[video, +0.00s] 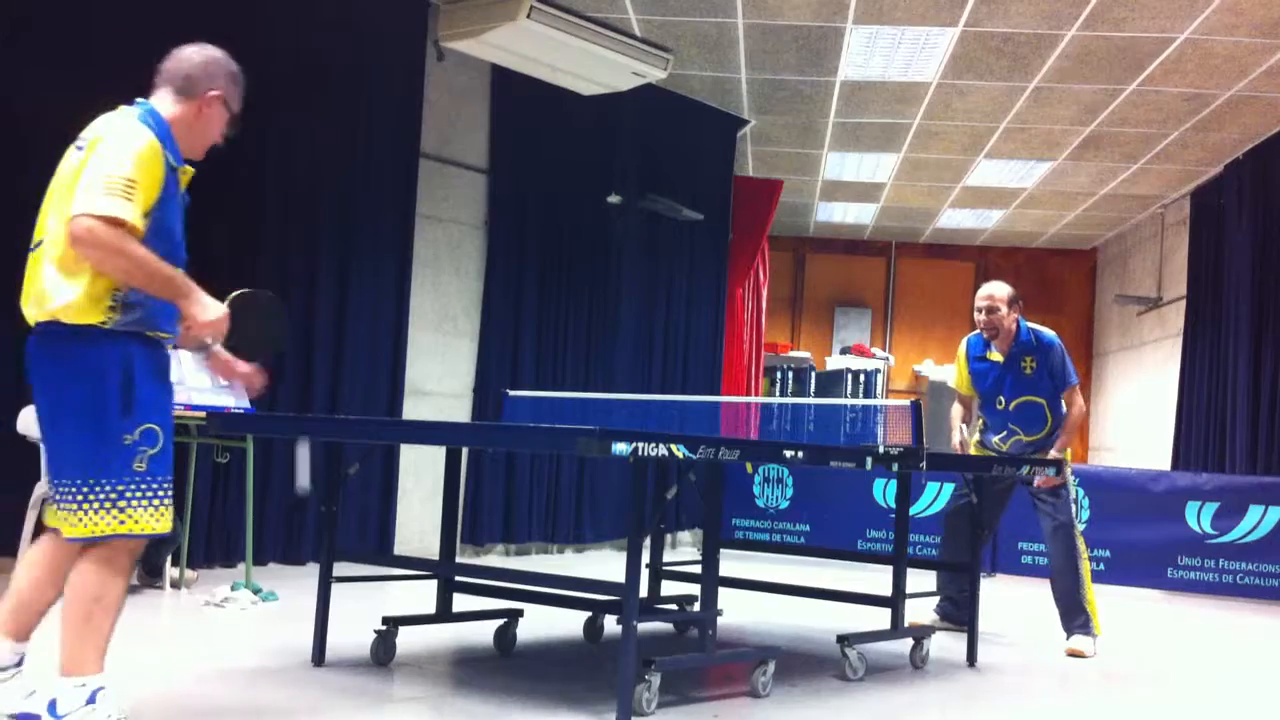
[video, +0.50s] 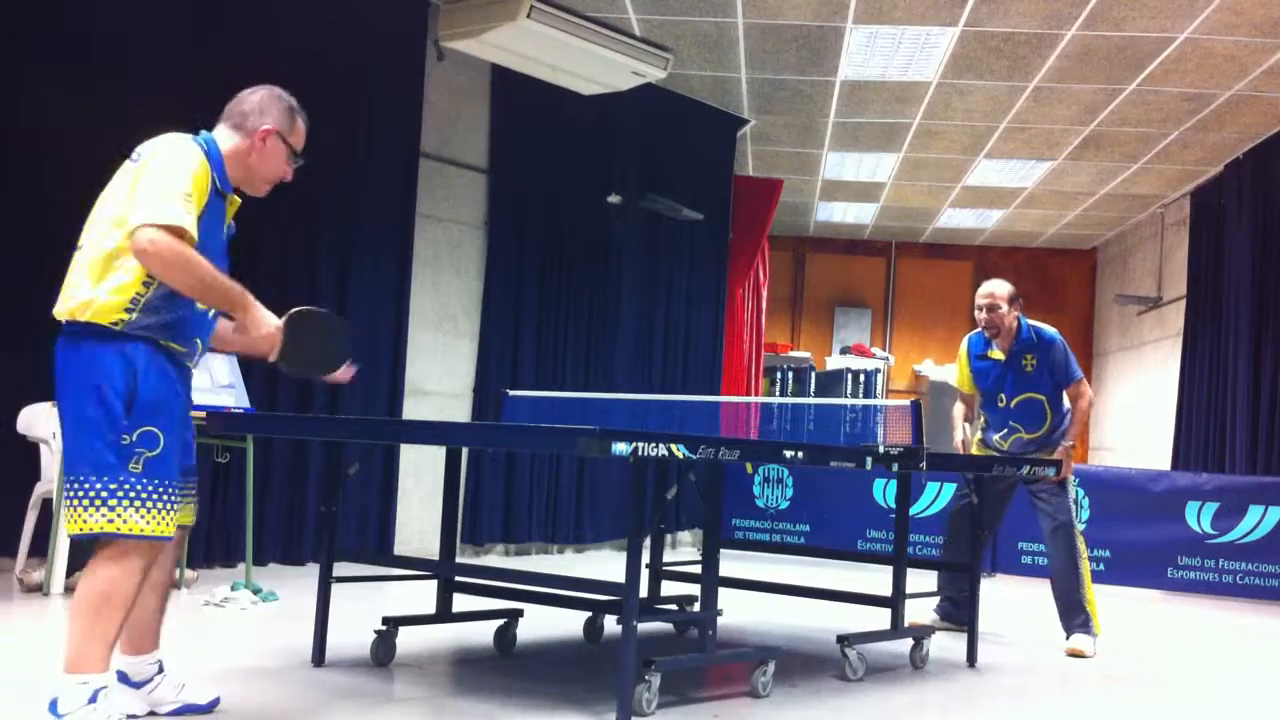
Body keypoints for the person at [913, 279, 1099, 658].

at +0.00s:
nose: (984, 318)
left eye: (992, 311)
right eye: (979, 311)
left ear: (1014, 313)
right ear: (973, 314)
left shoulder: (1045, 343)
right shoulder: (970, 347)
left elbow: (1077, 406)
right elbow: (963, 401)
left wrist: (1056, 453)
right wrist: (958, 430)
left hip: (1043, 454)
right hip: (991, 453)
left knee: (1062, 533)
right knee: (959, 522)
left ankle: (1080, 631)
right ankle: (954, 613)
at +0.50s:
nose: (985, 317)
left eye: (993, 309)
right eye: (979, 310)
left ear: (1015, 310)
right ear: (974, 313)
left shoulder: (1047, 341)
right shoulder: (971, 346)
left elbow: (1082, 395)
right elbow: (965, 399)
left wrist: (1067, 445)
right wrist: (960, 428)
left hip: (1044, 452)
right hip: (992, 452)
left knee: (1062, 532)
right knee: (962, 520)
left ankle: (1080, 630)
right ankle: (954, 612)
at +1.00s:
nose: (989, 319)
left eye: (997, 311)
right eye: (984, 312)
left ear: (1018, 311)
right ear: (980, 314)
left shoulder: (1052, 341)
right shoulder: (977, 347)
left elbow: (1084, 400)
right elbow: (971, 402)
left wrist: (1066, 449)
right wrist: (966, 431)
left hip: (1051, 452)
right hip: (999, 452)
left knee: (1069, 527)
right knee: (965, 517)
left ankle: (1081, 632)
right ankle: (954, 612)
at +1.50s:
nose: (973, 313)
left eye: (980, 305)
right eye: (967, 307)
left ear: (1003, 304)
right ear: (964, 310)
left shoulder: (1037, 336)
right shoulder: (970, 345)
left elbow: (1077, 397)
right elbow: (970, 400)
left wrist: (1054, 445)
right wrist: (957, 430)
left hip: (1040, 453)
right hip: (993, 453)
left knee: (1057, 533)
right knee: (958, 522)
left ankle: (1080, 632)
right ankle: (955, 614)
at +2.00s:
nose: (944, 352)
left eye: (947, 343)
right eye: (941, 345)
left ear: (970, 336)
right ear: (972, 337)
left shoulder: (989, 356)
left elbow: (1004, 364)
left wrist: (1010, 366)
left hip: (1044, 462)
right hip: (1014, 463)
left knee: (1018, 538)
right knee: (965, 518)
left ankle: (1074, 639)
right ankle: (954, 615)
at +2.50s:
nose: (1018, 297)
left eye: (1025, 290)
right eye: (1016, 290)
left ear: (1054, 292)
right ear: (1019, 292)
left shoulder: (1082, 335)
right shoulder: (1013, 321)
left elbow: (1111, 395)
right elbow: (971, 347)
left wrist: (1100, 447)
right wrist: (952, 313)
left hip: (1061, 454)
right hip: (1011, 449)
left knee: (1068, 536)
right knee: (987, 525)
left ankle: (1097, 633)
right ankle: (964, 606)